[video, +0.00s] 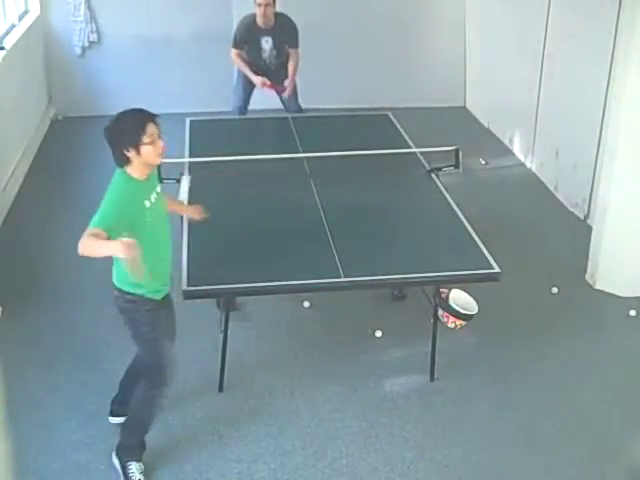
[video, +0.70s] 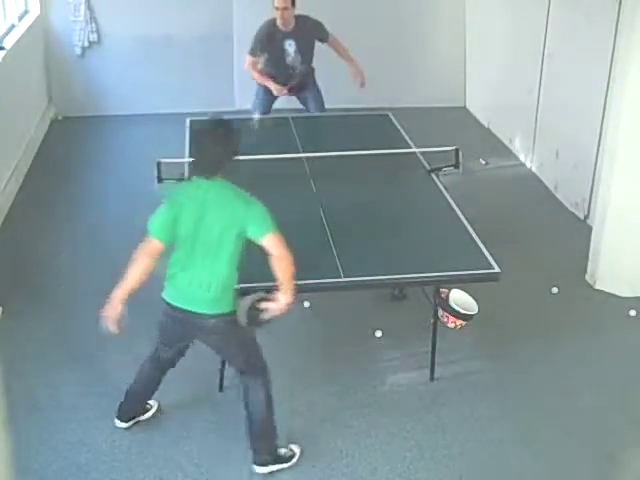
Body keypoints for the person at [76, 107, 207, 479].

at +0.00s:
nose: (162, 144)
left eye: (159, 137)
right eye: (153, 139)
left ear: (146, 146)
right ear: (131, 150)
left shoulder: (152, 173)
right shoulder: (121, 191)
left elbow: (153, 201)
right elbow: (86, 244)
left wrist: (185, 209)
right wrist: (117, 246)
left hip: (159, 288)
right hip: (135, 297)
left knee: (155, 351)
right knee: (158, 370)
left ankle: (121, 406)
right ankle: (129, 454)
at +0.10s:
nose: (165, 150)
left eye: (164, 143)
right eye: (159, 145)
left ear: (137, 152)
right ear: (138, 153)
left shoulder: (143, 174)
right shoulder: (122, 188)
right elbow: (94, 240)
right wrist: (151, 254)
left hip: (155, 288)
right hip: (141, 295)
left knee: (159, 342)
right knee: (175, 365)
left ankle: (124, 404)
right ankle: (142, 446)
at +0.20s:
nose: (167, 156)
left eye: (167, 149)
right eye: (164, 150)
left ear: (133, 146)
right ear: (150, 151)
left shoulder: (118, 173)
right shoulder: (138, 191)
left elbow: (103, 215)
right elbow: (139, 244)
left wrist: (141, 226)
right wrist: (174, 267)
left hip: (133, 284)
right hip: (147, 293)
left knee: (161, 337)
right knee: (187, 358)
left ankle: (124, 405)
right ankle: (157, 442)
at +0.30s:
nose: (173, 153)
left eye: (173, 146)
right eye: (172, 147)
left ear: (133, 144)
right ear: (163, 151)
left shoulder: (115, 178)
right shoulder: (157, 192)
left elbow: (84, 213)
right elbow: (173, 241)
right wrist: (201, 266)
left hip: (130, 287)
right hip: (155, 295)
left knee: (155, 337)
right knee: (198, 359)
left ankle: (124, 407)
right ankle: (174, 445)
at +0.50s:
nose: (192, 148)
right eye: (192, 144)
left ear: (152, 145)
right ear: (187, 150)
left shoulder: (131, 185)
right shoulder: (194, 189)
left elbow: (96, 226)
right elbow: (219, 233)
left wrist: (55, 259)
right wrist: (237, 270)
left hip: (141, 293)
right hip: (175, 299)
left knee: (151, 338)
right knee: (221, 356)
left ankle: (126, 409)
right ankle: (221, 446)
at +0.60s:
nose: (206, 150)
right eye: (207, 146)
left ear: (171, 148)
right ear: (204, 152)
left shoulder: (149, 190)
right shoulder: (214, 196)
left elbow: (115, 245)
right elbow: (248, 242)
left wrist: (78, 286)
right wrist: (257, 283)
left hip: (155, 299)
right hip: (193, 306)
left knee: (154, 347)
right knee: (239, 366)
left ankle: (125, 410)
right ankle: (252, 449)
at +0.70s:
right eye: (231, 152)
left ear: (194, 155)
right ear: (229, 159)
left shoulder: (178, 198)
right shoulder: (243, 204)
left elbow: (149, 251)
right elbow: (279, 251)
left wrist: (118, 298)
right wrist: (286, 296)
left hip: (175, 307)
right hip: (216, 315)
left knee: (161, 356)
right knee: (254, 372)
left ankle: (128, 411)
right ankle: (266, 454)